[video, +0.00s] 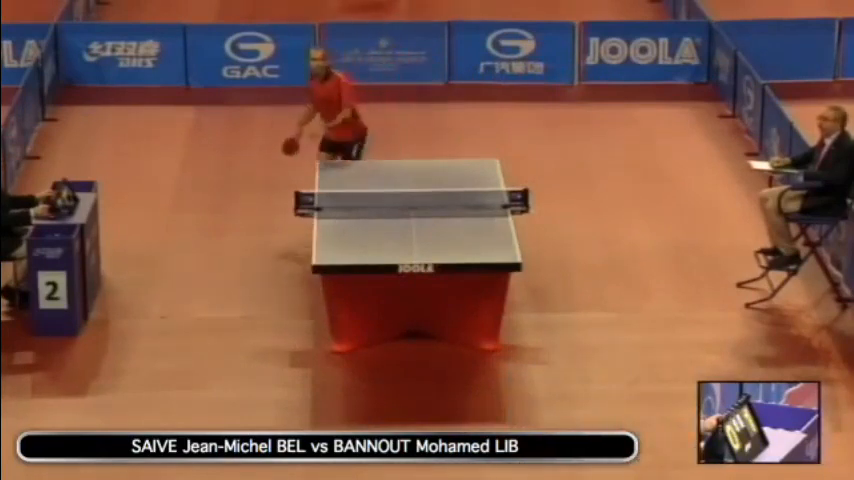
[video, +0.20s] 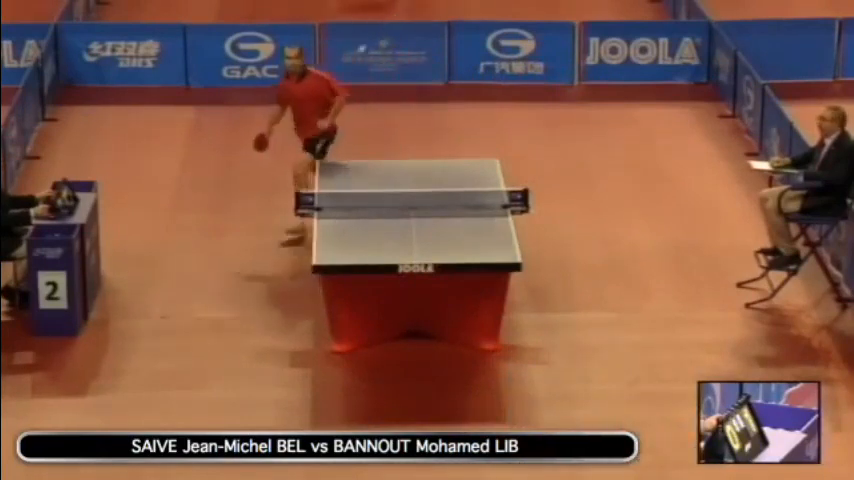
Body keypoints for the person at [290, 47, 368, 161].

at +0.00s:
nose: (316, 65)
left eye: (320, 61)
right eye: (314, 61)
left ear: (327, 63)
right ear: (310, 63)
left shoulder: (342, 82)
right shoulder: (315, 83)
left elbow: (348, 112)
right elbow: (313, 108)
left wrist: (329, 126)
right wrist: (300, 125)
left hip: (353, 134)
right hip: (333, 133)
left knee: (348, 172)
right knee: (323, 168)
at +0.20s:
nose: (291, 63)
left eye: (295, 59)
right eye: (289, 59)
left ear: (303, 61)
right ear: (285, 62)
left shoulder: (319, 78)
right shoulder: (286, 85)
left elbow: (342, 96)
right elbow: (280, 109)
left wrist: (329, 120)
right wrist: (268, 130)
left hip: (324, 132)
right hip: (306, 135)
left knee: (300, 169)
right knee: (316, 178)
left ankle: (306, 223)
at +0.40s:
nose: (269, 69)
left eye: (273, 65)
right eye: (266, 65)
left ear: (281, 66)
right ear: (263, 67)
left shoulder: (295, 89)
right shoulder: (263, 87)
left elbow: (304, 118)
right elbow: (260, 110)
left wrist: (286, 133)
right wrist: (250, 132)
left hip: (289, 144)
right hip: (269, 143)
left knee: (275, 184)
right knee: (263, 182)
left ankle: (282, 228)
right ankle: (295, 194)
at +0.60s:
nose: (237, 73)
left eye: (240, 69)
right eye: (235, 69)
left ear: (250, 68)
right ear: (234, 70)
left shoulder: (265, 86)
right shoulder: (238, 86)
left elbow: (269, 117)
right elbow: (238, 115)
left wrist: (241, 123)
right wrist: (228, 135)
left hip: (263, 146)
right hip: (242, 146)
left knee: (261, 190)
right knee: (237, 188)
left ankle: (283, 226)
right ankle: (239, 237)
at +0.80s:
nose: (204, 89)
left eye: (207, 85)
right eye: (202, 86)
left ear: (218, 81)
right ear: (202, 85)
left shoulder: (234, 99)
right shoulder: (205, 100)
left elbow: (247, 127)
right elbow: (204, 126)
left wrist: (226, 145)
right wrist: (191, 144)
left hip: (233, 160)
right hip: (214, 161)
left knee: (223, 205)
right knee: (214, 206)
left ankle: (250, 234)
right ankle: (235, 244)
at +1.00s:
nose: (178, 90)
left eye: (180, 86)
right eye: (176, 86)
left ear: (190, 83)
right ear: (176, 85)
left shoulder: (205, 102)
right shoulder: (177, 103)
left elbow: (221, 132)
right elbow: (174, 127)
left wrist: (203, 155)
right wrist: (162, 141)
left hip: (202, 162)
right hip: (184, 162)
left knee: (187, 205)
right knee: (192, 210)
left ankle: (178, 256)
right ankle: (224, 237)